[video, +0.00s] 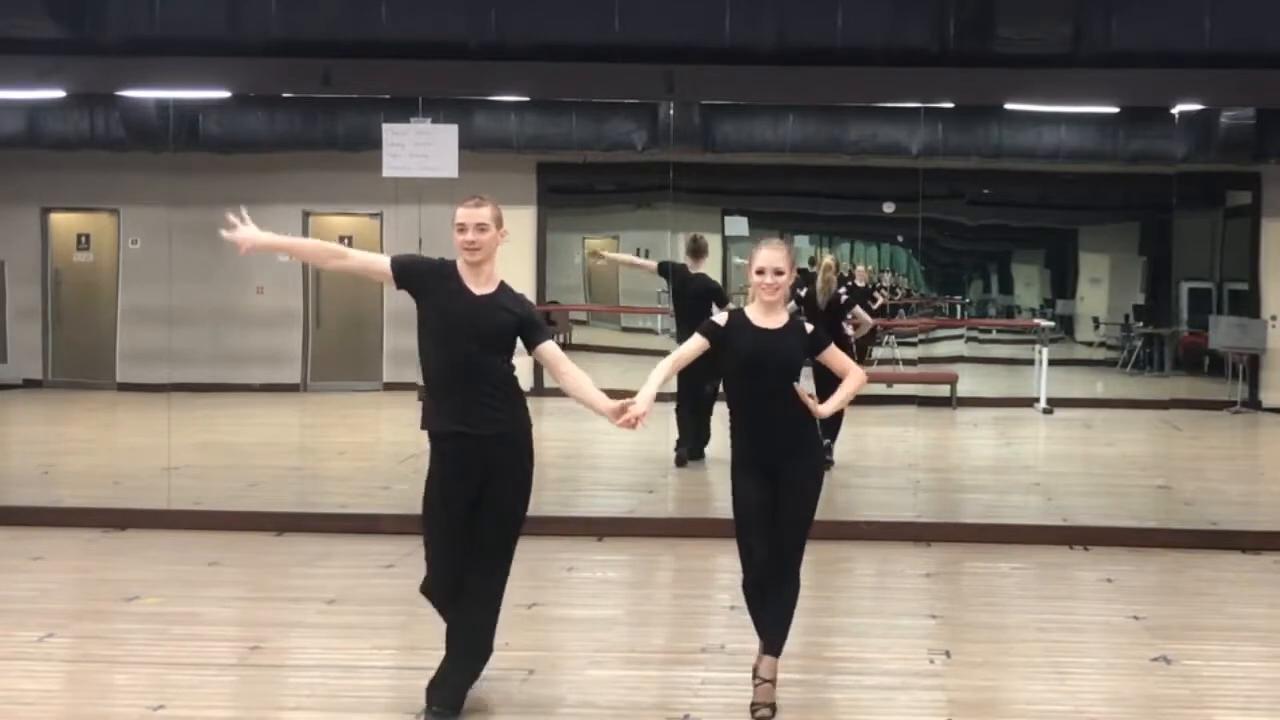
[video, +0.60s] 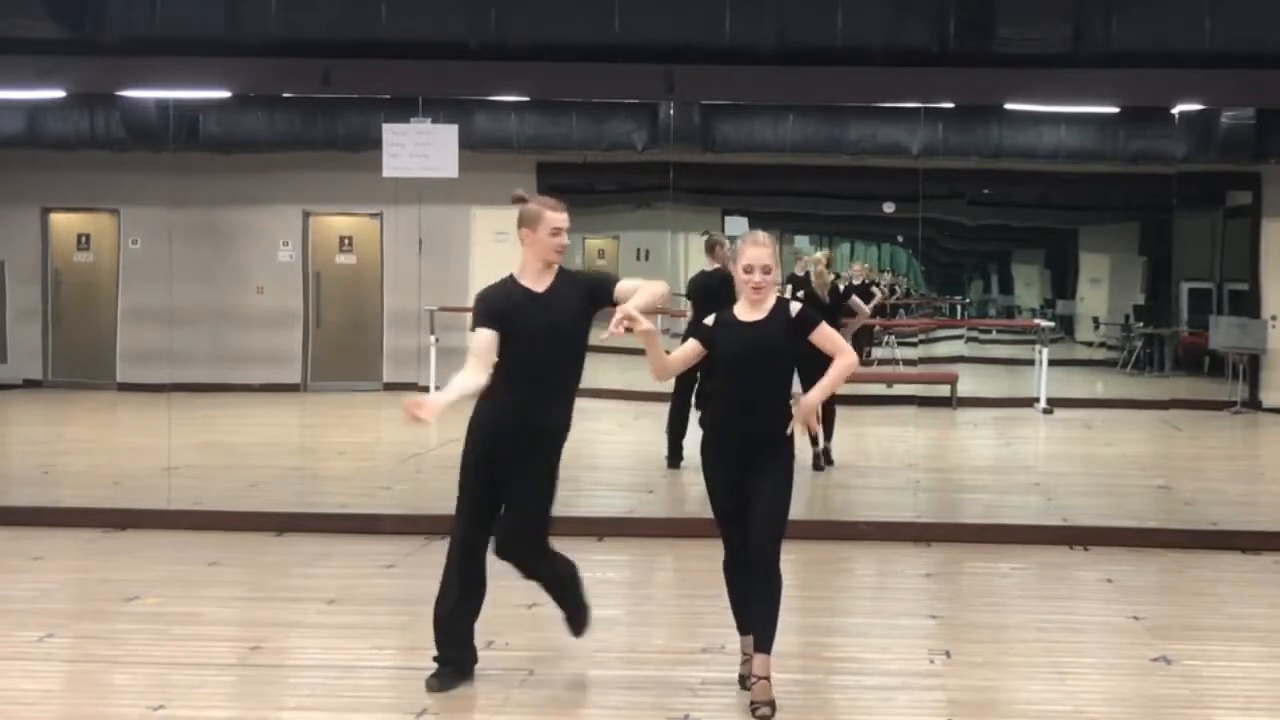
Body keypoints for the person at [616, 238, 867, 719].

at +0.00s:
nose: (769, 280)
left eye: (778, 272)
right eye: (761, 272)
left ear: (792, 277)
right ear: (749, 275)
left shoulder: (806, 330)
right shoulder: (728, 325)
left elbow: (856, 374)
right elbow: (672, 363)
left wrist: (826, 408)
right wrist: (644, 399)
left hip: (799, 456)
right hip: (749, 458)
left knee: (785, 562)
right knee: (756, 565)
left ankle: (767, 669)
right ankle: (769, 650)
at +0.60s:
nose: (757, 278)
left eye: (765, 270)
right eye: (749, 270)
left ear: (778, 273)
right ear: (734, 272)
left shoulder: (794, 315)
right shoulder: (717, 324)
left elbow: (846, 356)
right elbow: (664, 369)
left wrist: (813, 397)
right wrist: (649, 333)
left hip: (773, 450)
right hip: (722, 450)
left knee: (764, 552)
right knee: (736, 552)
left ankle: (762, 666)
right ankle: (748, 645)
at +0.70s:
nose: (750, 277)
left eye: (758, 269)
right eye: (741, 269)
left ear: (771, 273)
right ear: (726, 271)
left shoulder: (788, 316)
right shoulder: (711, 323)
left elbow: (843, 357)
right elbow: (661, 371)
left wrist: (811, 350)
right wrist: (648, 325)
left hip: (770, 446)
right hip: (720, 448)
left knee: (754, 551)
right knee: (741, 550)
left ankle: (763, 658)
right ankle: (762, 648)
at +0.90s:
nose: (732, 283)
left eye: (741, 275)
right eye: (725, 275)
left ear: (757, 280)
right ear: (714, 278)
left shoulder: (767, 328)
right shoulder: (697, 323)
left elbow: (802, 373)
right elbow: (634, 351)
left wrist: (806, 320)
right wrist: (636, 291)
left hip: (765, 455)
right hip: (720, 456)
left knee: (755, 554)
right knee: (680, 553)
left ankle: (775, 657)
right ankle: (740, 638)